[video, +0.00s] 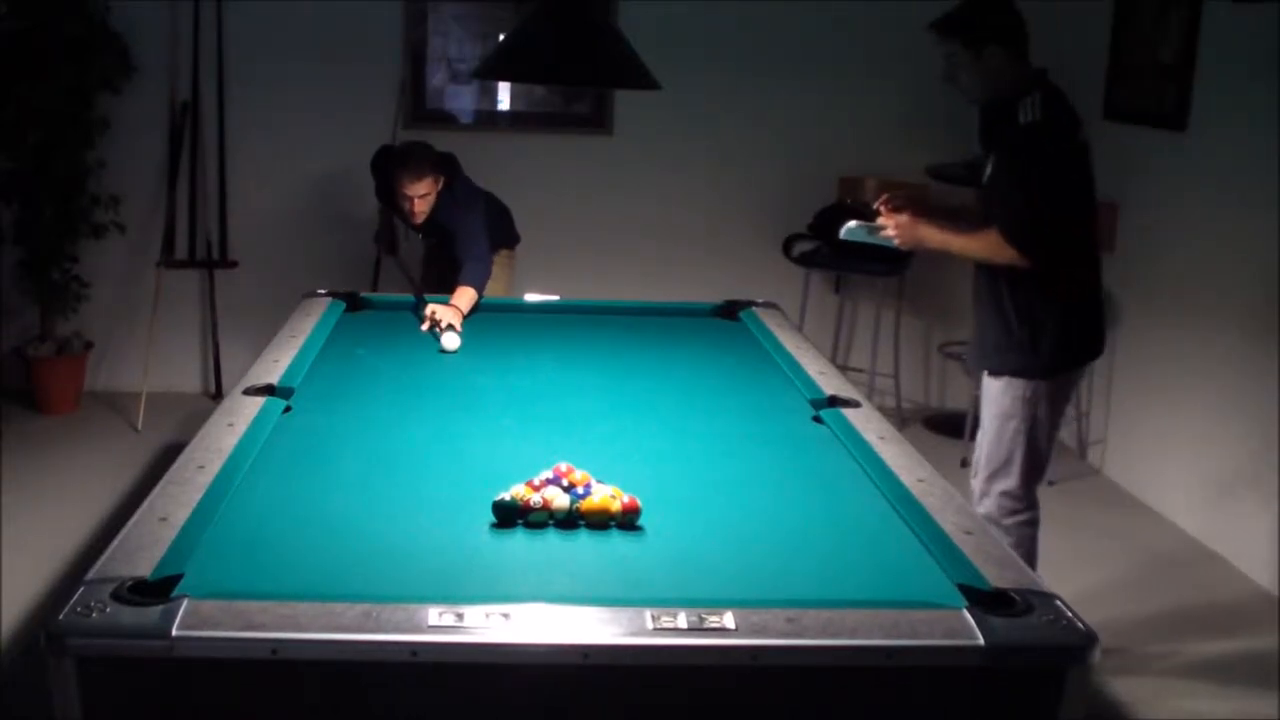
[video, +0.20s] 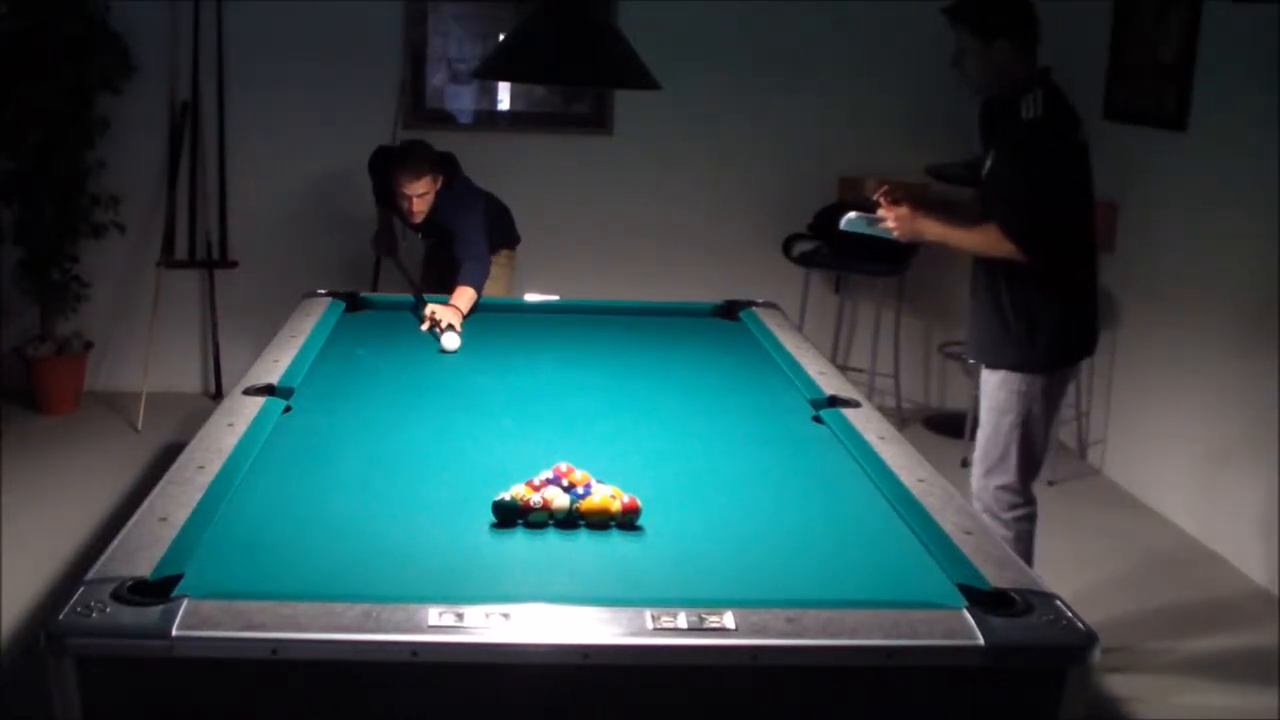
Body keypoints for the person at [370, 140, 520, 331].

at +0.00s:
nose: (415, 207)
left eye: (424, 197)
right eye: (407, 199)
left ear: (439, 184)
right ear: (393, 189)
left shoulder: (462, 198)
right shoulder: (389, 170)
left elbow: (478, 260)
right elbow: (382, 155)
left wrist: (456, 308)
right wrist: (386, 222)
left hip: (492, 247)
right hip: (441, 244)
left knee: (485, 325)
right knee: (427, 318)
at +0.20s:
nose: (414, 207)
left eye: (422, 196)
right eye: (405, 197)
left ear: (437, 184)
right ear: (393, 188)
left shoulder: (462, 200)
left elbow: (476, 261)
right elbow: (379, 158)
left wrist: (456, 308)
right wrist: (384, 226)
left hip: (493, 247)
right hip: (441, 243)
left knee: (485, 325)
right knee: (425, 319)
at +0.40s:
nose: (413, 206)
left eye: (421, 196)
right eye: (404, 197)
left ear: (436, 183)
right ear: (392, 188)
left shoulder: (461, 200)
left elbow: (476, 261)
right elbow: (378, 159)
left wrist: (456, 308)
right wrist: (384, 225)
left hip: (492, 248)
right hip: (441, 244)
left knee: (485, 325)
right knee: (425, 319)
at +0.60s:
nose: (413, 206)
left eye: (421, 195)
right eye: (404, 196)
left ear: (436, 182)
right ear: (392, 188)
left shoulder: (460, 199)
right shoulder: (388, 171)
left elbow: (476, 261)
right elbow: (377, 163)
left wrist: (456, 308)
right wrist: (384, 231)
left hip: (491, 248)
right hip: (441, 245)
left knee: (486, 327)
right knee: (424, 320)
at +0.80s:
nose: (412, 202)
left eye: (421, 192)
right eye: (404, 193)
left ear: (436, 179)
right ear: (391, 184)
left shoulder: (458, 195)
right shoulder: (391, 165)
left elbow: (481, 260)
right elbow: (380, 157)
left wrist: (457, 308)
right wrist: (382, 218)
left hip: (489, 248)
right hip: (439, 243)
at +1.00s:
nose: (425, 191)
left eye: (435, 180)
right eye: (417, 181)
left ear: (450, 166)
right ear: (404, 171)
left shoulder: (472, 183)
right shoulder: (391, 166)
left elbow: (495, 260)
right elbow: (380, 162)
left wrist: (460, 309)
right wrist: (388, 228)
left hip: (474, 261)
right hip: (432, 257)